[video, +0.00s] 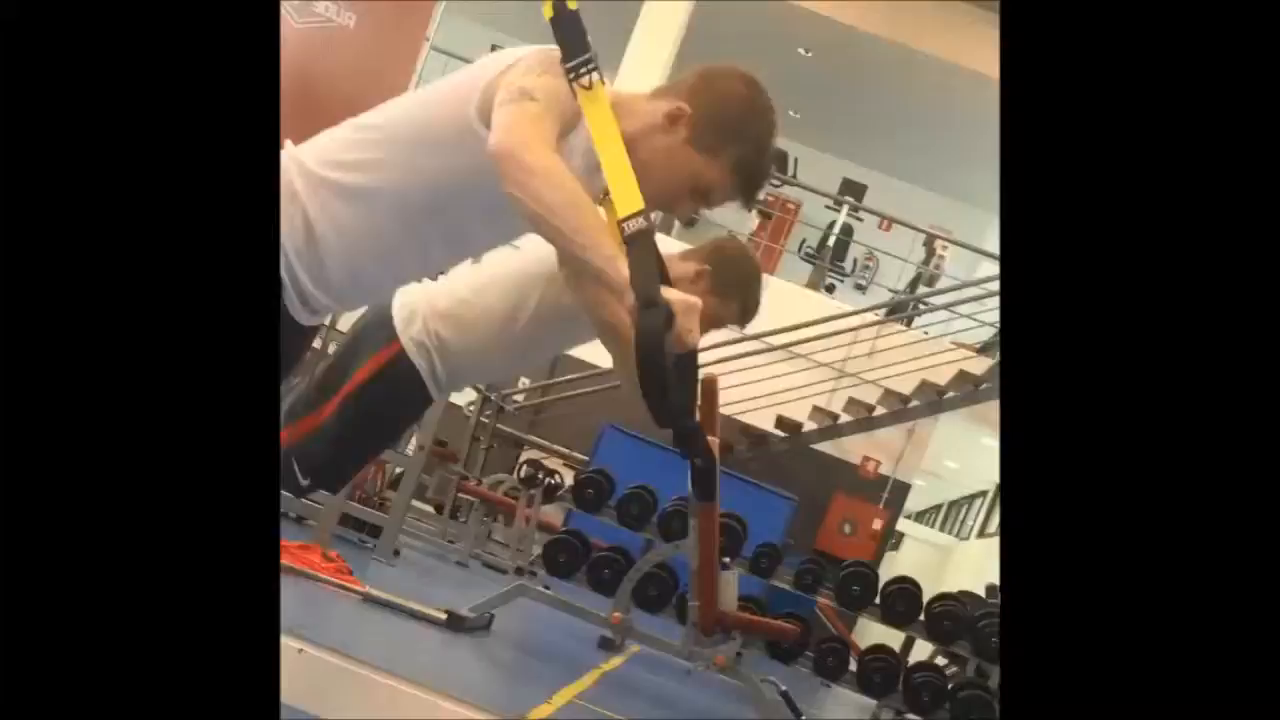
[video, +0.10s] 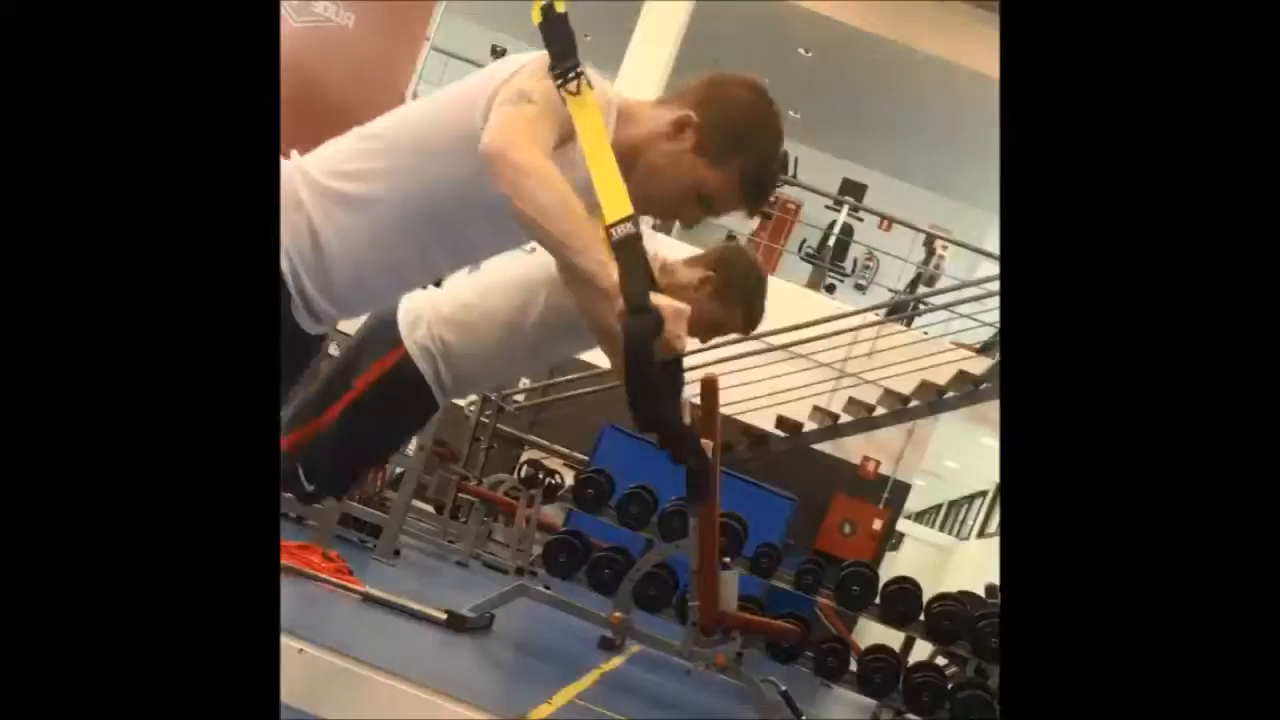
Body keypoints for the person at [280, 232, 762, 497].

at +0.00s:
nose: (703, 328)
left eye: (716, 326)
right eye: (713, 318)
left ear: (692, 274)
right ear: (696, 278)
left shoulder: (634, 291)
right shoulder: (621, 255)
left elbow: (644, 361)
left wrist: (686, 412)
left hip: (423, 365)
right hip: (405, 347)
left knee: (307, 477)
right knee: (294, 469)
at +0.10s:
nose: (695, 336)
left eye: (708, 333)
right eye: (707, 323)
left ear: (698, 277)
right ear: (701, 281)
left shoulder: (646, 288)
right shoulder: (635, 257)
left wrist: (677, 426)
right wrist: (646, 316)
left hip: (432, 370)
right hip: (413, 349)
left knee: (310, 480)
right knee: (297, 472)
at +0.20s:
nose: (701, 345)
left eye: (714, 342)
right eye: (713, 334)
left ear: (707, 292)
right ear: (707, 291)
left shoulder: (650, 300)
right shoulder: (635, 259)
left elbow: (647, 380)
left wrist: (677, 435)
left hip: (445, 382)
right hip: (421, 356)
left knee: (321, 494)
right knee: (300, 486)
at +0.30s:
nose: (705, 356)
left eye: (716, 353)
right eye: (717, 344)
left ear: (709, 300)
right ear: (710, 300)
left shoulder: (655, 318)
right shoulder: (636, 264)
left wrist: (685, 409)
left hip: (449, 395)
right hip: (424, 367)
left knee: (323, 506)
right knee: (298, 489)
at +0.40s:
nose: (718, 357)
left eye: (731, 357)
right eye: (730, 349)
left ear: (718, 309)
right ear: (718, 310)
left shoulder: (658, 332)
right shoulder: (647, 278)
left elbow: (647, 409)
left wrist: (685, 393)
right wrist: (683, 386)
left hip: (450, 405)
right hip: (428, 378)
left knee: (325, 512)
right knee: (304, 497)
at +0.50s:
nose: (725, 369)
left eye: (736, 367)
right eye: (736, 360)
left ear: (723, 320)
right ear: (726, 319)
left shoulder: (661, 329)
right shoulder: (658, 291)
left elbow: (637, 413)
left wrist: (683, 394)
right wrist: (679, 378)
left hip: (457, 414)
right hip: (438, 390)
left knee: (328, 517)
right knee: (305, 504)